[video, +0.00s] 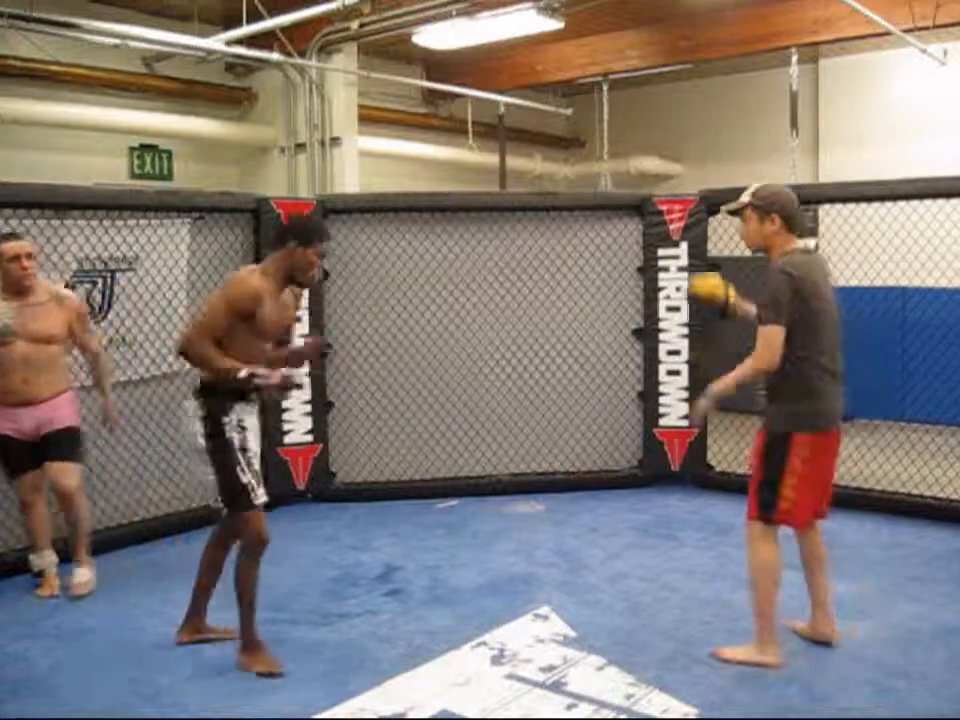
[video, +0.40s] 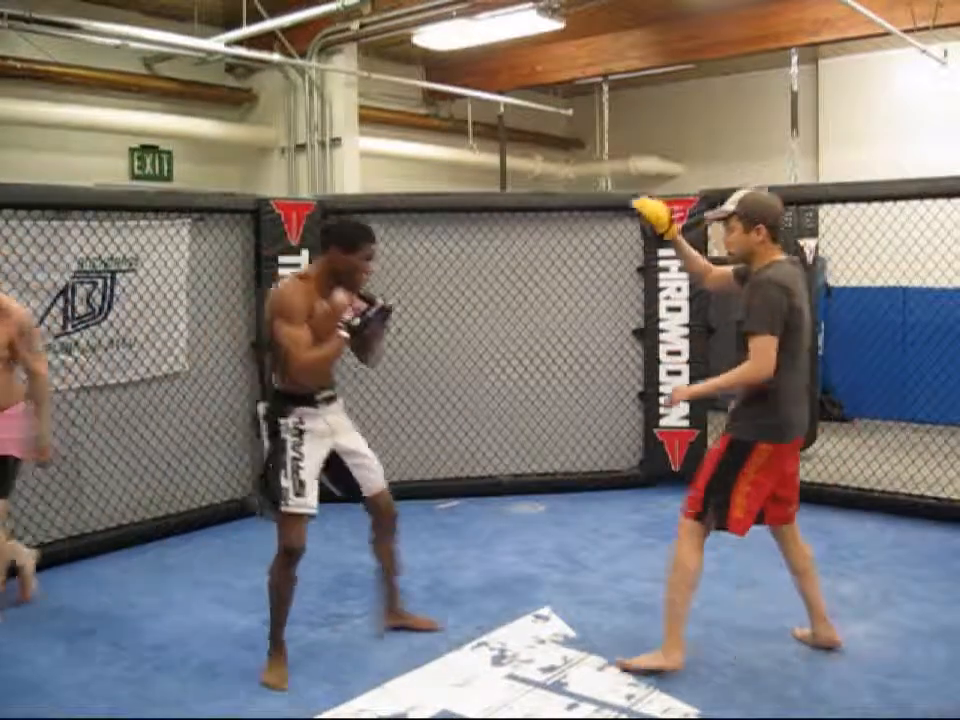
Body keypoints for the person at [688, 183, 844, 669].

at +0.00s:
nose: (742, 228)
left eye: (746, 219)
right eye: (742, 219)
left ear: (771, 222)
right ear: (779, 222)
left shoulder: (782, 273)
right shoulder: (812, 264)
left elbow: (767, 357)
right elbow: (788, 324)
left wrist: (715, 391)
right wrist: (735, 303)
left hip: (792, 420)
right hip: (822, 416)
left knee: (760, 526)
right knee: (805, 521)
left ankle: (764, 643)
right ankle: (822, 622)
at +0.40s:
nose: (724, 236)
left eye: (730, 228)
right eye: (724, 228)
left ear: (757, 232)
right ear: (764, 233)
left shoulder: (766, 282)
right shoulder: (786, 270)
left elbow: (761, 366)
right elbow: (711, 276)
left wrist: (698, 389)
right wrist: (674, 236)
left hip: (756, 429)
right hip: (788, 426)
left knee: (691, 522)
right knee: (784, 525)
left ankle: (671, 649)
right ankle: (822, 627)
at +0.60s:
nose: (671, 240)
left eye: (678, 231)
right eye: (671, 231)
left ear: (704, 236)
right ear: (709, 235)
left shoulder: (722, 288)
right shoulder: (723, 274)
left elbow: (749, 372)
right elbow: (660, 285)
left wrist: (683, 412)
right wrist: (666, 231)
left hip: (731, 434)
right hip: (758, 428)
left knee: (672, 536)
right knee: (775, 526)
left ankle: (662, 659)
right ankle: (820, 623)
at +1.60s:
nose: (758, 205)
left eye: (759, 195)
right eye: (759, 195)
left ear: (776, 193)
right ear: (814, 194)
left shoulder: (759, 251)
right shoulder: (861, 259)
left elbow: (728, 343)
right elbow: (884, 357)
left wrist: (687, 377)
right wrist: (829, 350)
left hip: (766, 435)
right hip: (840, 439)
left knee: (718, 556)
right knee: (833, 584)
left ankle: (711, 687)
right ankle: (823, 709)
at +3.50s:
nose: (657, 212)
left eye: (658, 204)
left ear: (665, 212)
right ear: (736, 206)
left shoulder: (631, 295)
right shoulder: (779, 282)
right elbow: (824, 417)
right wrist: (814, 445)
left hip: (667, 528)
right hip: (757, 529)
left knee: (677, 689)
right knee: (778, 704)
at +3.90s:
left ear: (625, 208)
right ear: (710, 205)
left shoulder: (588, 289)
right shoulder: (749, 282)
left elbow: (538, 402)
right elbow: (831, 293)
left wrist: (611, 394)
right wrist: (780, 235)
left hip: (609, 557)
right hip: (708, 561)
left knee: (600, 705)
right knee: (751, 707)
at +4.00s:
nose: (574, 234)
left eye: (577, 223)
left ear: (586, 231)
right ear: (669, 226)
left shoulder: (552, 316)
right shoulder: (708, 298)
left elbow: (484, 442)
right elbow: (810, 292)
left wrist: (558, 435)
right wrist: (757, 223)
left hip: (589, 588)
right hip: (688, 587)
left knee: (583, 709)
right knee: (744, 708)